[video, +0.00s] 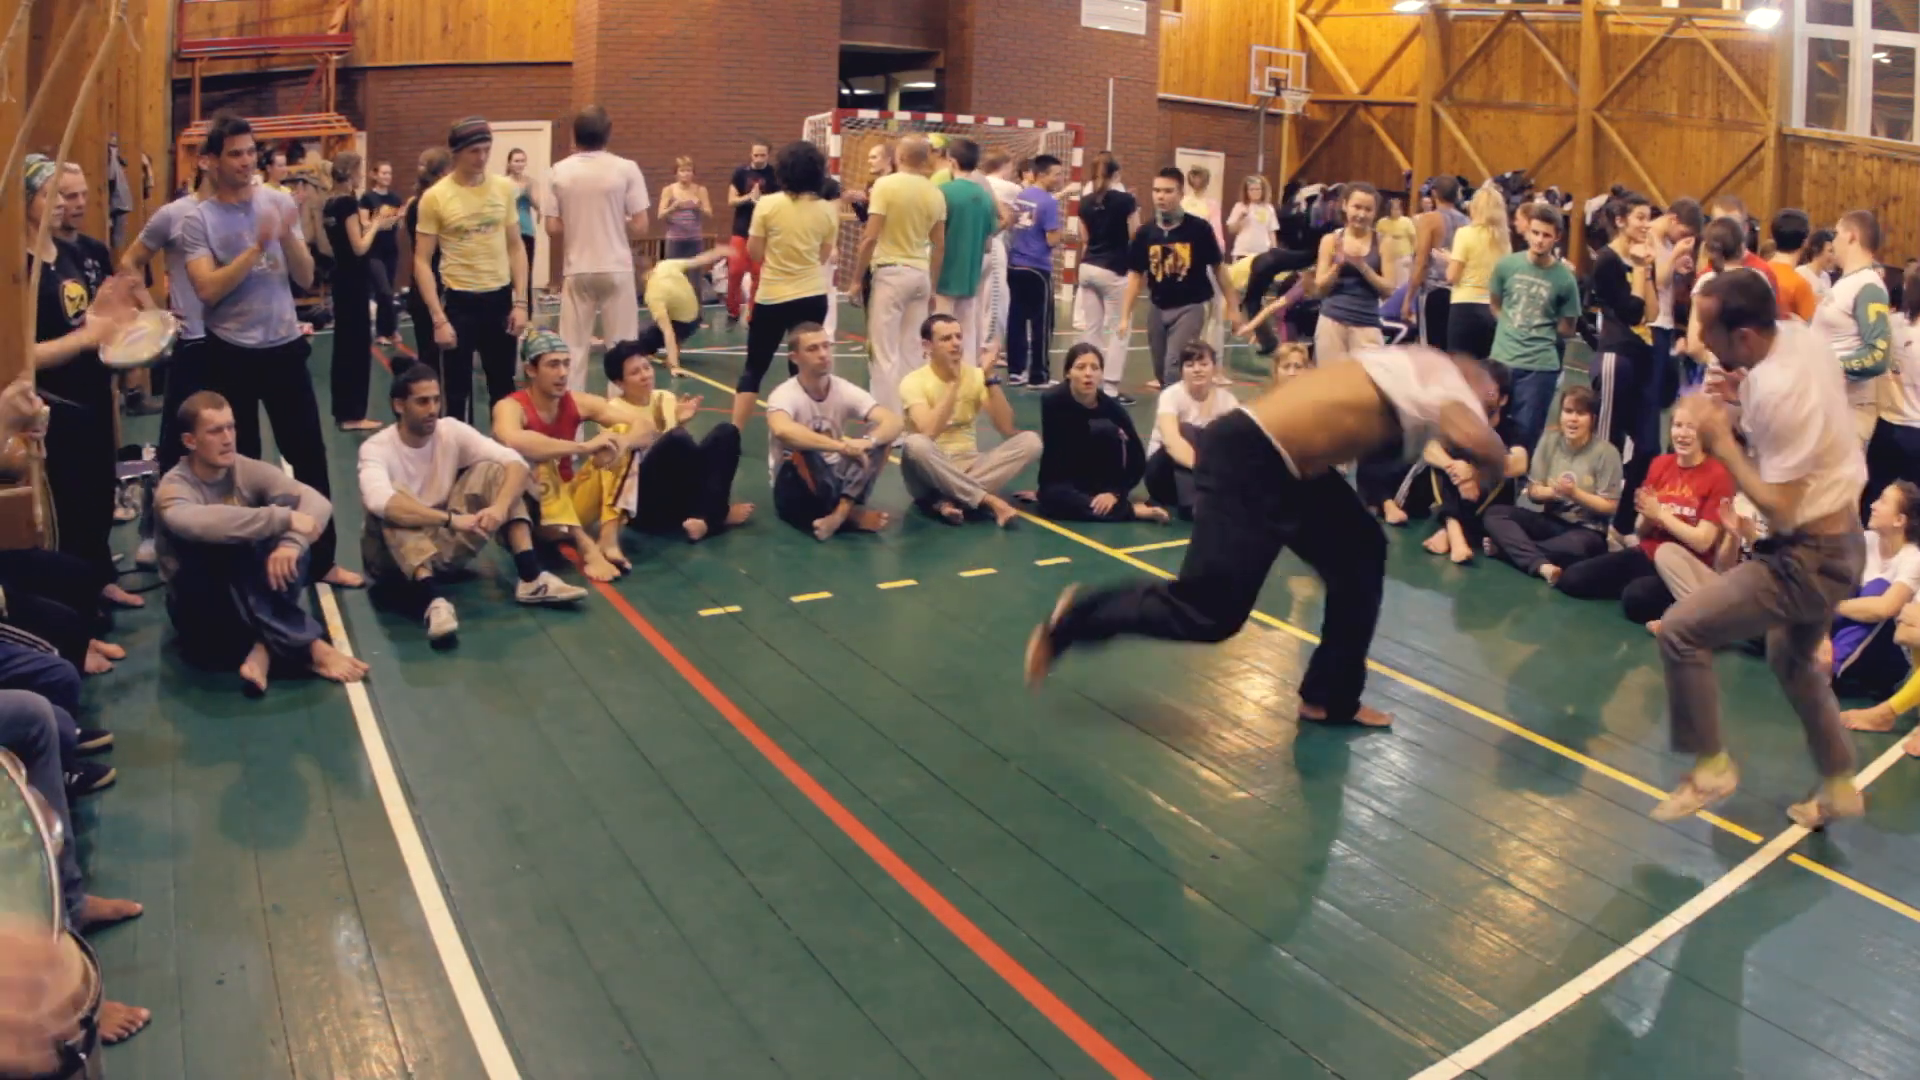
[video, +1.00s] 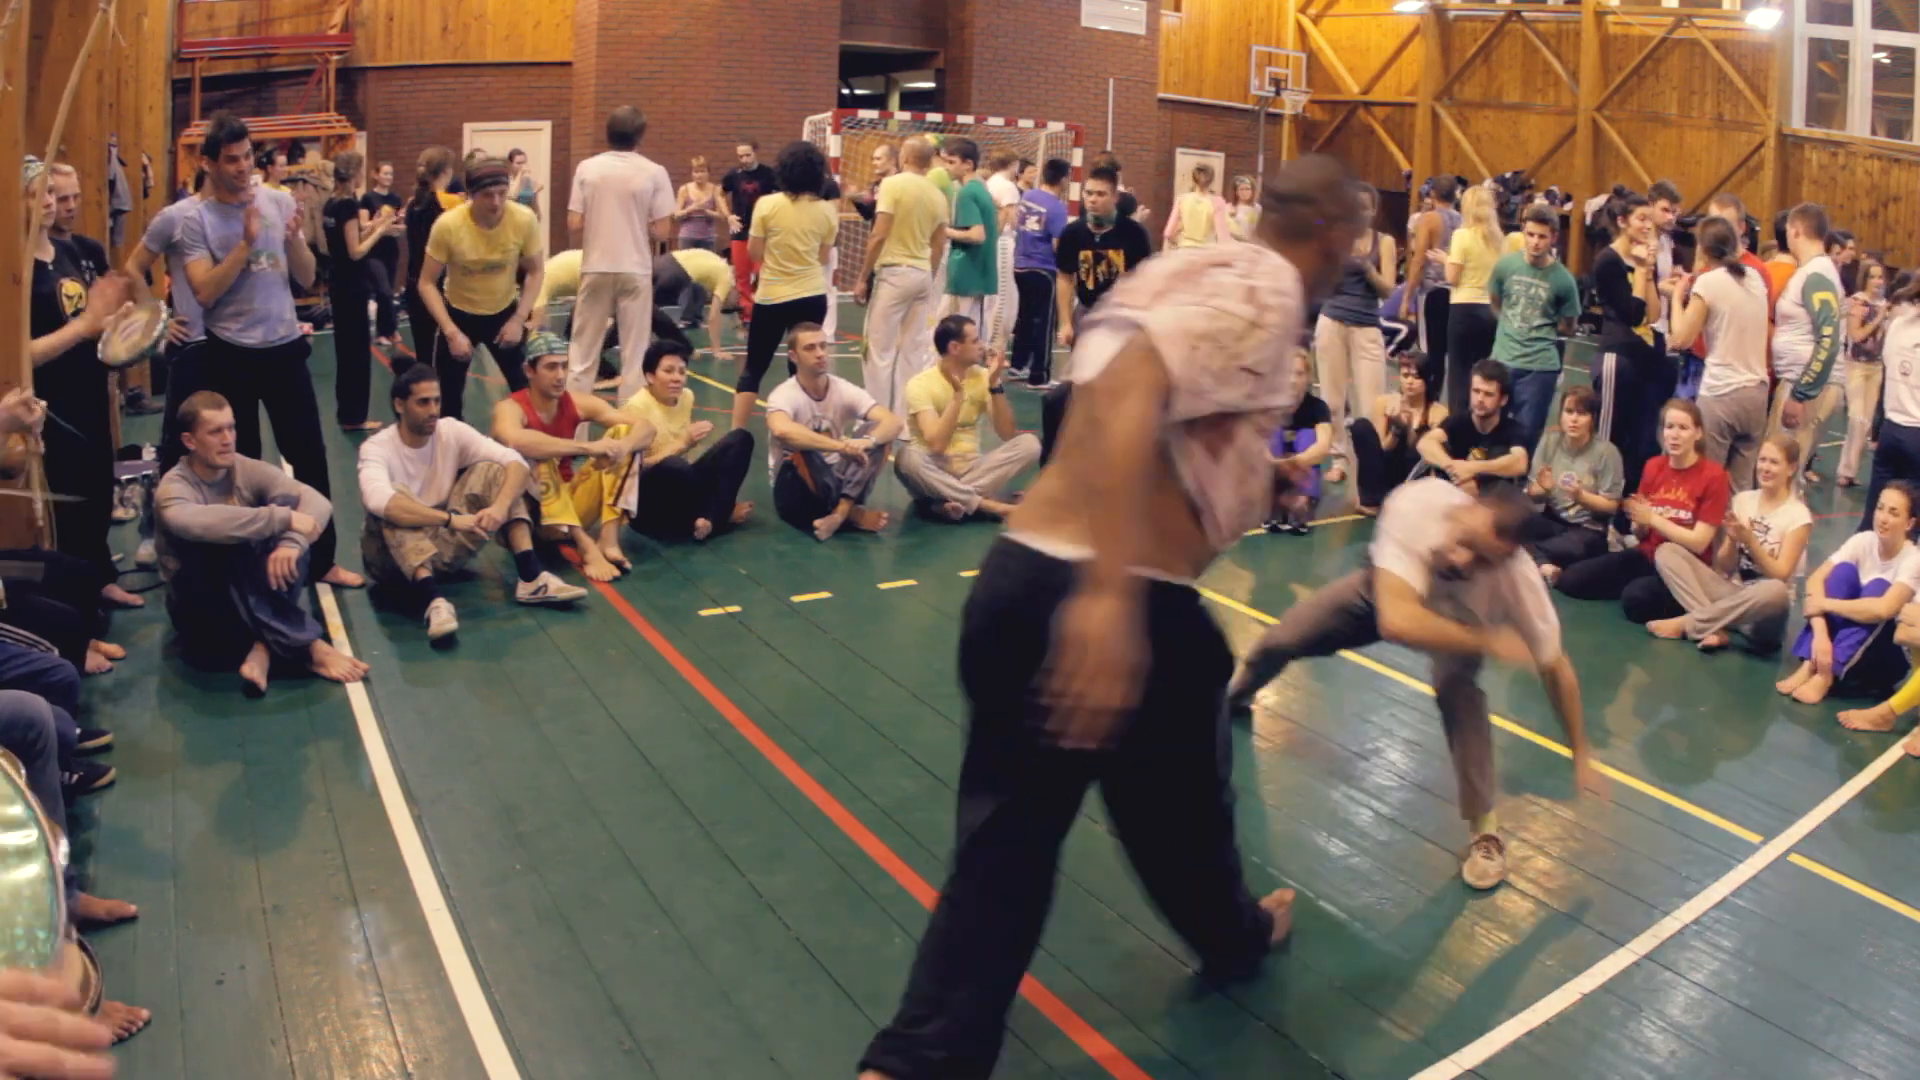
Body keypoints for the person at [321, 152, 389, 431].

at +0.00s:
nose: (366, 175)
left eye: (364, 169)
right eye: (363, 170)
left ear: (339, 172)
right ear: (353, 173)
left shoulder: (330, 204)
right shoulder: (348, 204)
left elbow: (341, 245)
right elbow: (359, 246)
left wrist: (371, 223)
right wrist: (375, 224)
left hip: (341, 276)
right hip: (355, 279)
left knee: (346, 341)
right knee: (357, 343)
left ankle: (344, 411)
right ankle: (352, 415)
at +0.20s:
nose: (366, 175)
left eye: (364, 169)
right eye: (363, 170)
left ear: (338, 173)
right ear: (353, 174)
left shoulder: (330, 205)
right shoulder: (348, 205)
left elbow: (341, 245)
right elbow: (356, 248)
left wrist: (370, 226)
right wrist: (379, 227)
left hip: (341, 277)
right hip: (354, 279)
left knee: (346, 341)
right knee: (357, 342)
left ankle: (345, 411)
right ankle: (352, 415)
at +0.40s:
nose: (366, 176)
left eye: (365, 170)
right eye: (363, 170)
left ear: (338, 172)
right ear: (353, 173)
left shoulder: (329, 205)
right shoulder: (348, 205)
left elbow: (341, 245)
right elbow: (356, 248)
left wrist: (366, 225)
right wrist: (378, 227)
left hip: (340, 278)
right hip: (354, 281)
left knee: (346, 342)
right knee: (357, 344)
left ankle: (345, 413)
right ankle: (353, 416)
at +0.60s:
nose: (365, 175)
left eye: (364, 170)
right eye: (363, 170)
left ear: (338, 172)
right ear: (352, 173)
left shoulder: (329, 205)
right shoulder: (348, 205)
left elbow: (344, 244)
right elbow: (356, 249)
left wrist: (369, 226)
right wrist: (380, 229)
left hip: (339, 278)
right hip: (354, 281)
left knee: (345, 342)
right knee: (358, 343)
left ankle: (346, 413)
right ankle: (355, 416)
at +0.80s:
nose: (366, 175)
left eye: (365, 169)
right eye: (364, 170)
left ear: (338, 172)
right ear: (354, 173)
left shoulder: (330, 205)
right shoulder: (348, 206)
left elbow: (344, 245)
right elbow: (355, 250)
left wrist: (370, 226)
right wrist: (377, 228)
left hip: (339, 279)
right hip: (353, 281)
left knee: (346, 343)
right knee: (358, 344)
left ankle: (347, 413)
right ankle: (355, 416)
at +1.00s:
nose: (366, 176)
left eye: (365, 171)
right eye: (365, 171)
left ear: (338, 172)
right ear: (356, 174)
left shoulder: (330, 205)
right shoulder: (349, 206)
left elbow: (344, 245)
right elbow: (355, 250)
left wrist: (372, 227)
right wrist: (380, 229)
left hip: (339, 279)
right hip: (352, 282)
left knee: (348, 344)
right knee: (358, 346)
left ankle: (347, 412)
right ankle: (354, 416)